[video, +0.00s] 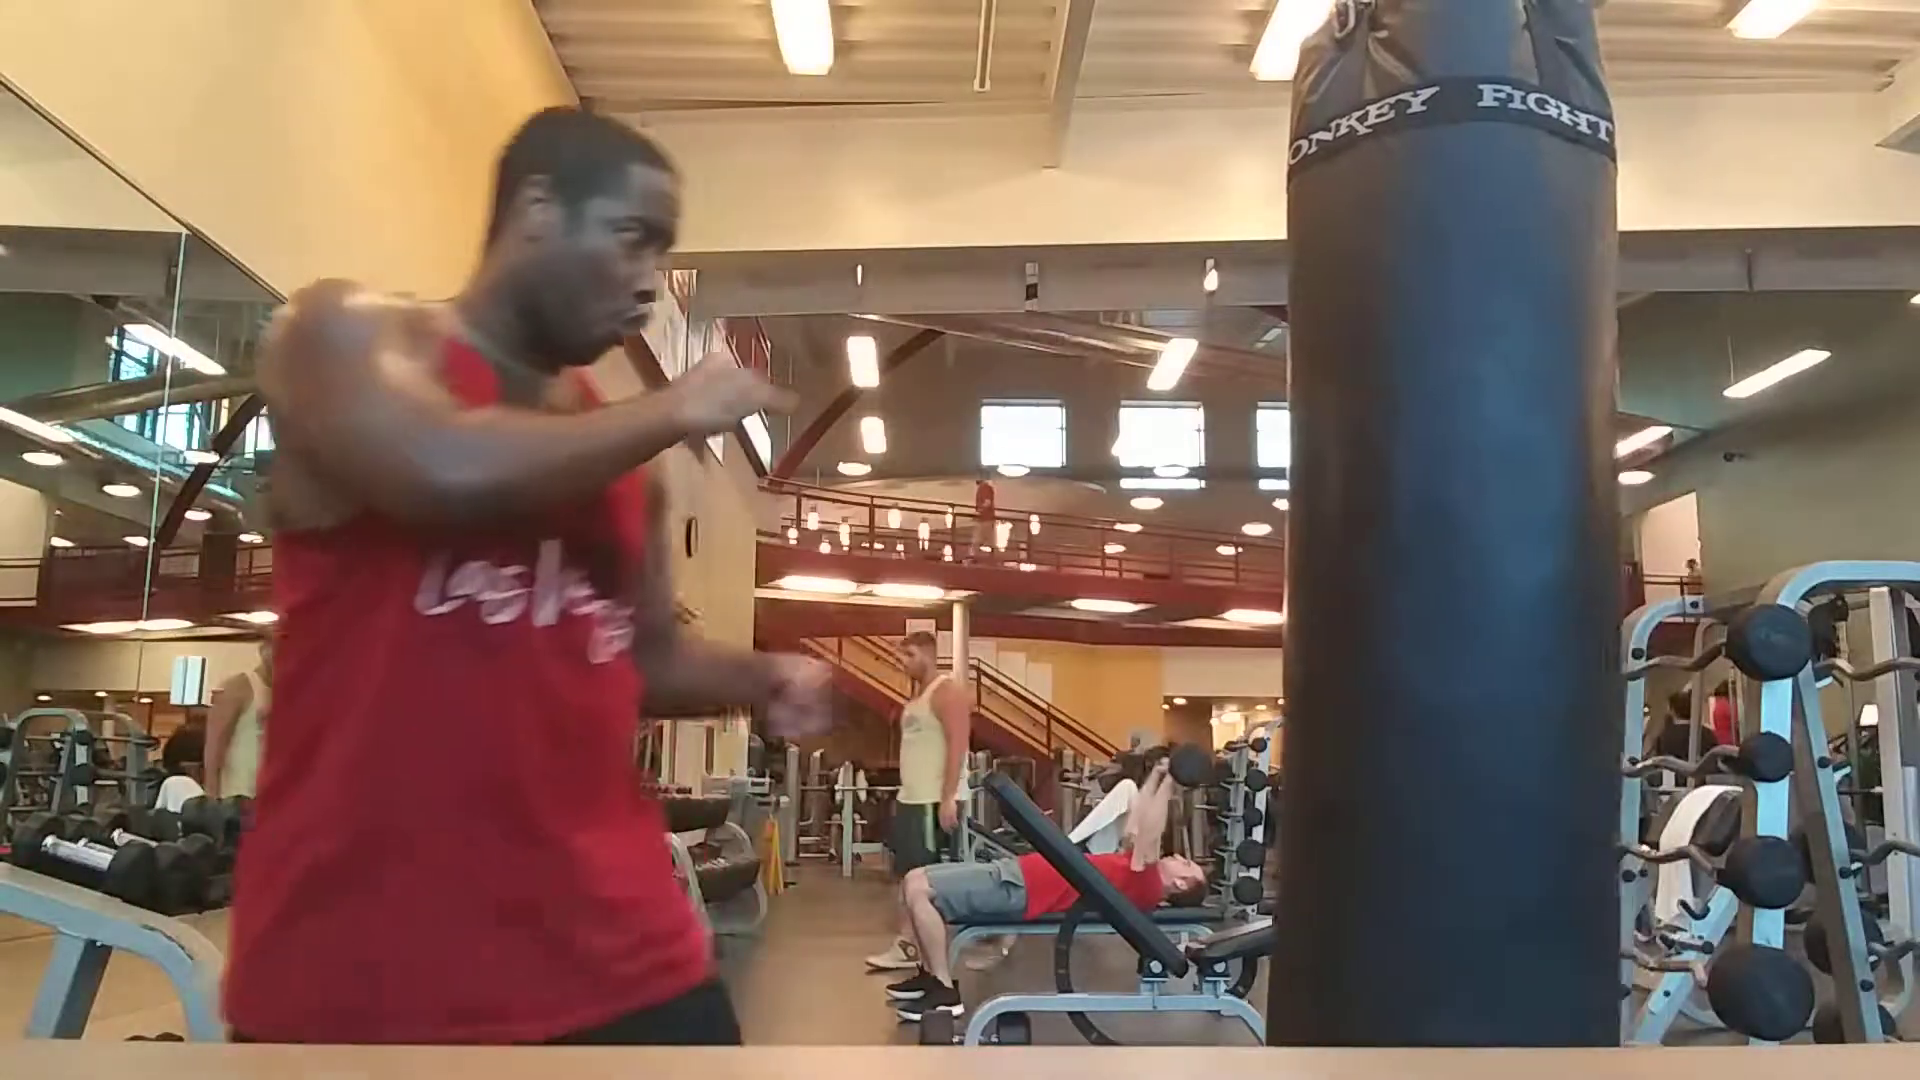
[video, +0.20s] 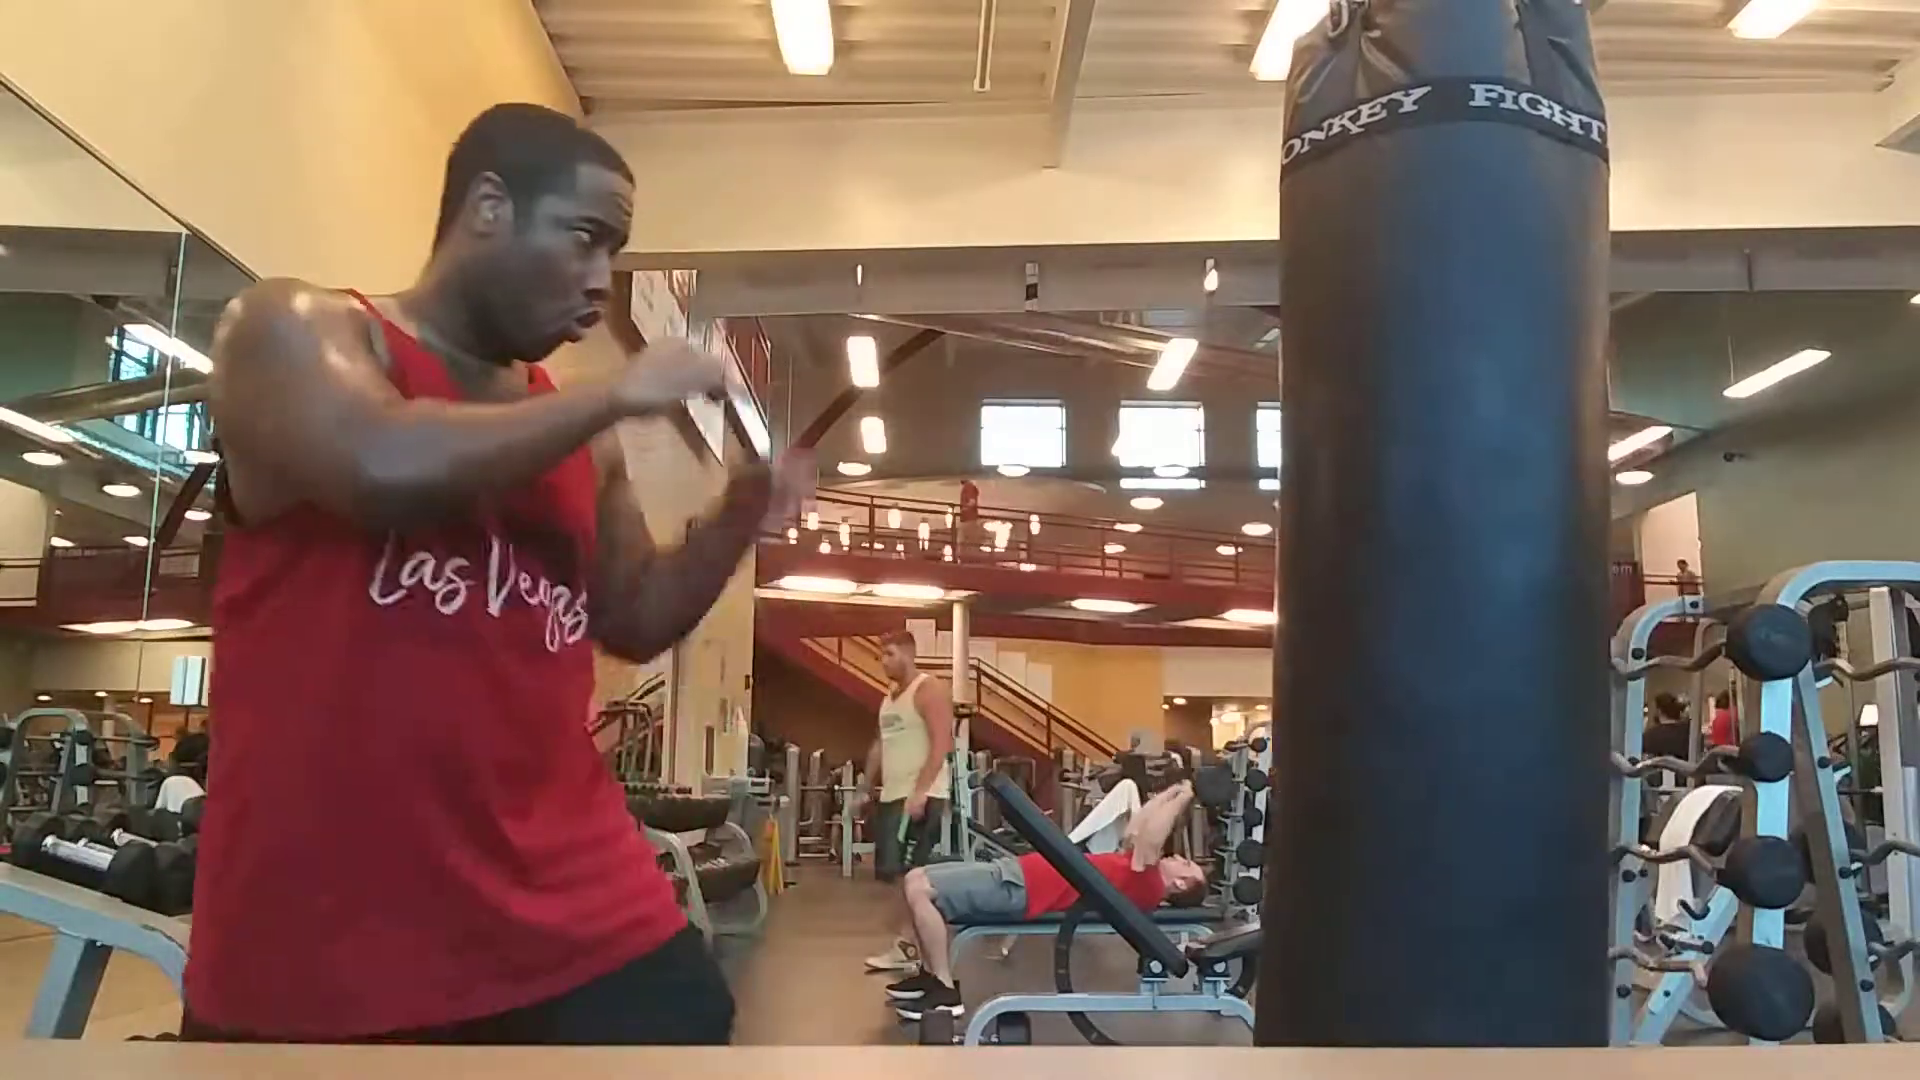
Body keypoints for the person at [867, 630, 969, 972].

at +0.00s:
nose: (903, 661)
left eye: (907, 655)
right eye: (902, 656)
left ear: (925, 655)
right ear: (914, 658)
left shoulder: (948, 690)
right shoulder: (920, 694)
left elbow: (959, 743)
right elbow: (922, 747)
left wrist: (949, 796)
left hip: (932, 802)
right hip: (910, 800)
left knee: (929, 879)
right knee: (908, 877)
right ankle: (907, 942)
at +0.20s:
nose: (884, 661)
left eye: (889, 654)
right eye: (882, 655)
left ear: (909, 654)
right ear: (887, 658)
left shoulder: (930, 689)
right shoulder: (891, 696)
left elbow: (941, 744)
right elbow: (882, 745)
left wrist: (921, 793)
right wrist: (868, 788)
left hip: (921, 798)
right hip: (892, 798)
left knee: (910, 876)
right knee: (898, 876)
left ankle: (912, 947)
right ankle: (908, 945)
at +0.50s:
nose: (863, 661)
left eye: (869, 655)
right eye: (860, 656)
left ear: (889, 655)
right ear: (860, 658)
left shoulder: (911, 694)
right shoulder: (860, 694)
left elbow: (922, 751)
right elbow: (845, 744)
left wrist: (910, 802)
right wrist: (823, 786)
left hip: (893, 800)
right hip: (862, 800)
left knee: (876, 876)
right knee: (886, 878)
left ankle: (868, 955)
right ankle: (905, 946)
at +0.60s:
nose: (858, 659)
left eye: (864, 653)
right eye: (855, 654)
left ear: (883, 653)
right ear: (853, 656)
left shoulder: (903, 692)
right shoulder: (851, 693)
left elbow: (918, 751)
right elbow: (839, 741)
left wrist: (916, 804)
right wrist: (819, 785)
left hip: (886, 797)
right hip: (854, 798)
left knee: (865, 878)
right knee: (883, 879)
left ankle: (862, 957)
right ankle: (902, 947)